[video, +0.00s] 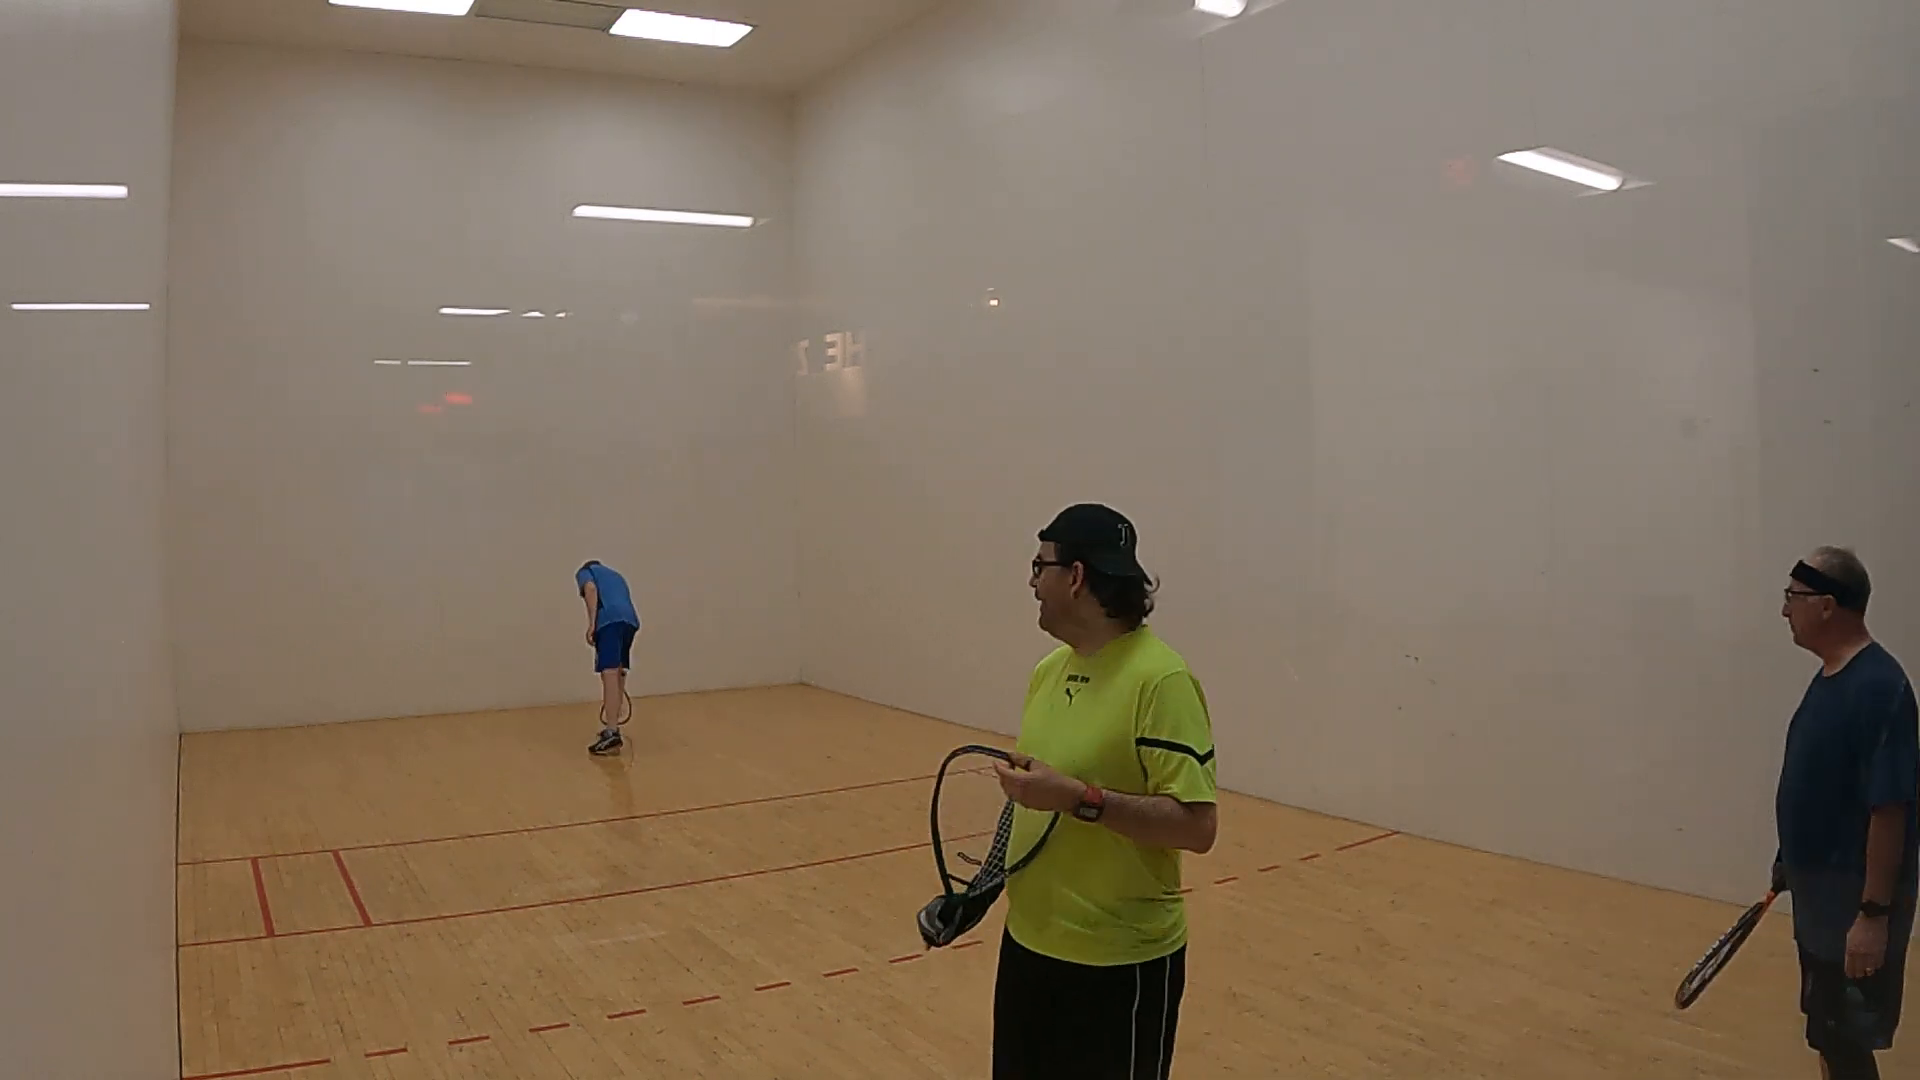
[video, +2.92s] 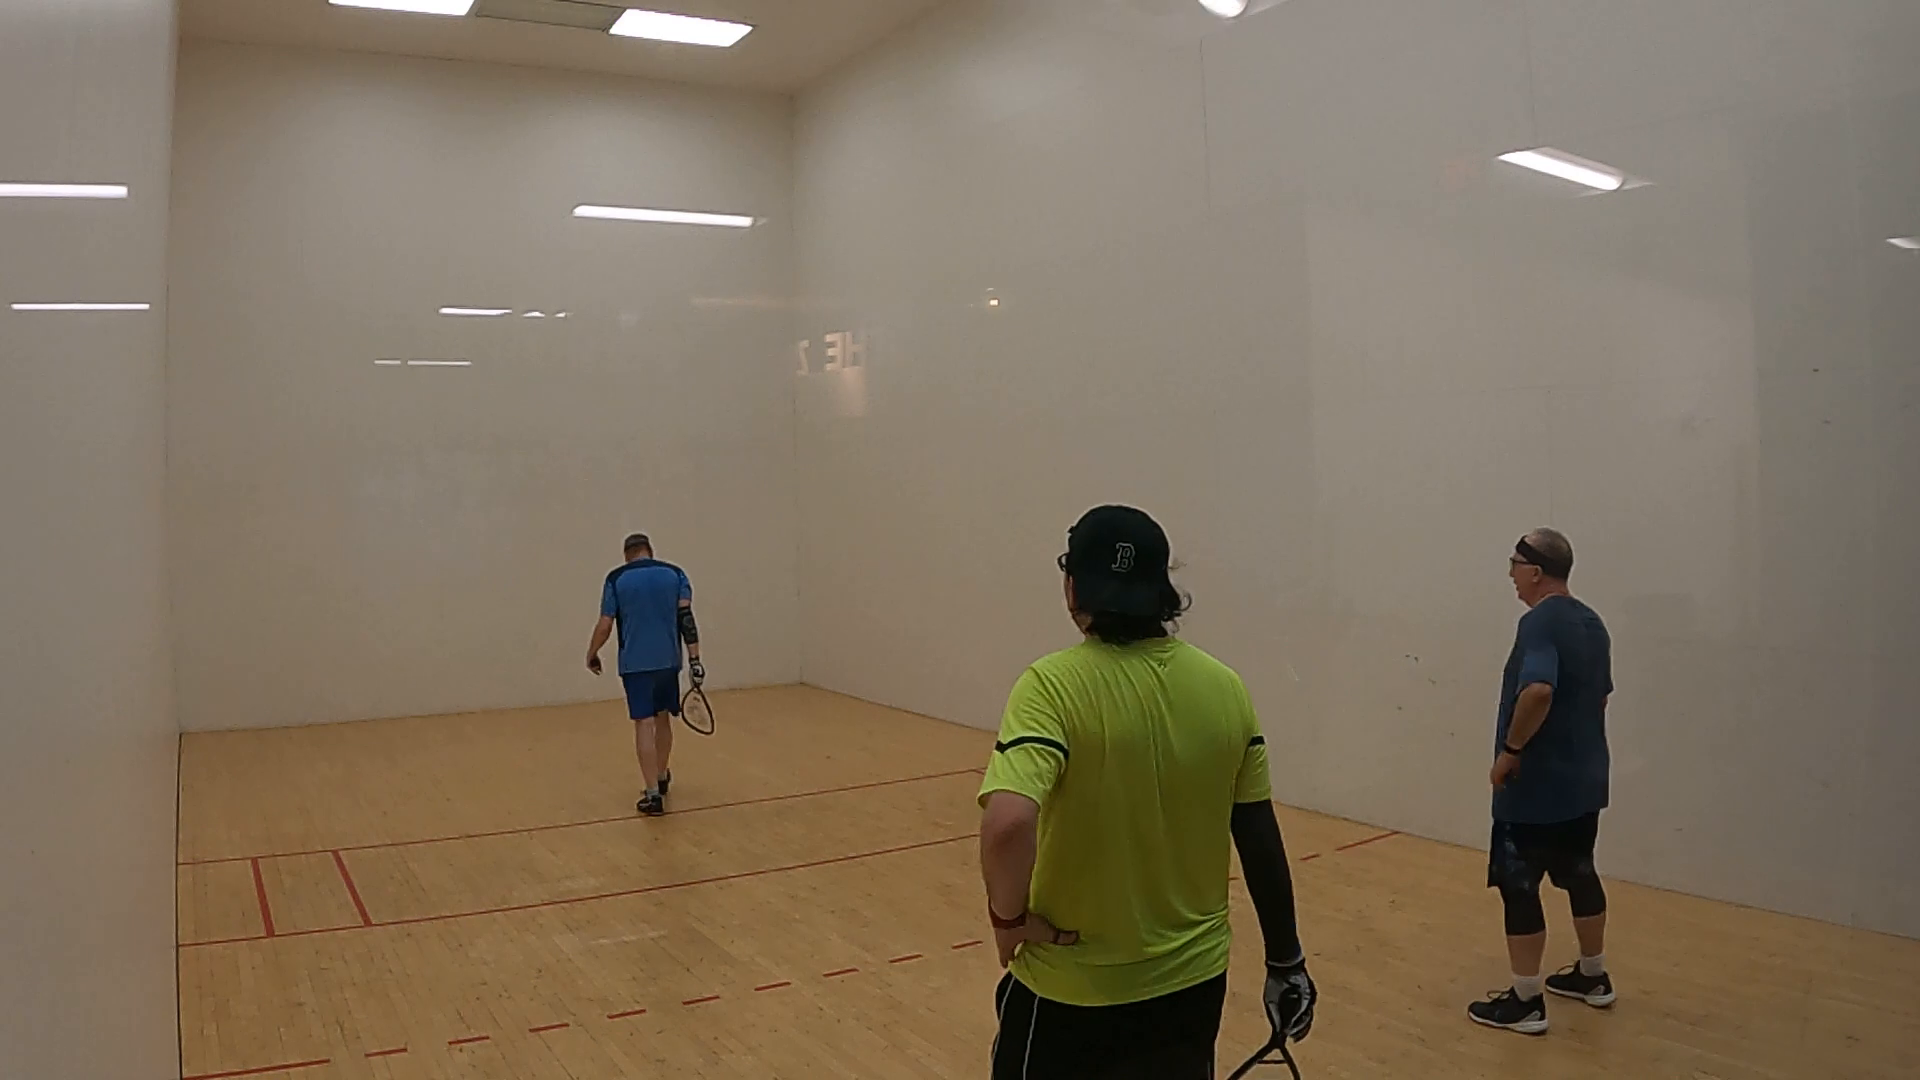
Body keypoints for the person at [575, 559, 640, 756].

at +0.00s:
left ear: (585, 568)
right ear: (599, 566)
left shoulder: (585, 571)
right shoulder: (615, 575)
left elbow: (591, 589)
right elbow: (622, 605)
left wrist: (591, 624)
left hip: (610, 619)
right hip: (630, 620)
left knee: (609, 673)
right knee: (619, 672)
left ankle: (612, 731)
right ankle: (616, 719)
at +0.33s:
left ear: (581, 568)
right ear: (595, 567)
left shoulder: (581, 572)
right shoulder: (611, 576)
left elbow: (587, 590)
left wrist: (588, 625)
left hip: (607, 619)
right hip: (627, 620)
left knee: (606, 673)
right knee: (614, 673)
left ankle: (609, 729)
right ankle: (612, 727)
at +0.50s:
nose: (580, 571)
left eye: (579, 568)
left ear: (581, 564)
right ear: (597, 561)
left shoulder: (580, 570)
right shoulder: (611, 571)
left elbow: (585, 591)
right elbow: (615, 603)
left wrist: (586, 626)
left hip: (603, 622)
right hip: (625, 622)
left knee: (599, 675)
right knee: (613, 674)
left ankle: (607, 730)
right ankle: (612, 725)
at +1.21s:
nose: (587, 559)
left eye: (586, 556)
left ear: (585, 554)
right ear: (606, 549)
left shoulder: (582, 567)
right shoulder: (626, 563)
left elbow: (583, 600)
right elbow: (638, 595)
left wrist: (581, 638)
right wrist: (635, 626)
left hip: (600, 633)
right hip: (631, 632)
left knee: (599, 686)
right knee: (628, 688)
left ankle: (601, 740)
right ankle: (632, 745)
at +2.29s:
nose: (622, 554)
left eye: (615, 551)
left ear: (613, 550)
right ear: (637, 547)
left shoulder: (604, 573)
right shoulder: (659, 569)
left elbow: (599, 612)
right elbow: (670, 611)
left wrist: (598, 650)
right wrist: (674, 646)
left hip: (620, 652)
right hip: (652, 651)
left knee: (619, 707)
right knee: (653, 708)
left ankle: (618, 762)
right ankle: (657, 772)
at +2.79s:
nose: (635, 554)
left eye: (632, 549)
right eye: (644, 548)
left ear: (628, 550)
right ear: (654, 549)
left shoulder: (617, 574)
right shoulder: (675, 572)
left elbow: (606, 619)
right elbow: (685, 617)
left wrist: (594, 653)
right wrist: (694, 656)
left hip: (631, 662)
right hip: (664, 660)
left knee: (637, 721)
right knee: (660, 715)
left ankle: (648, 784)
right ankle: (658, 777)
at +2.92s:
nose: (633, 558)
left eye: (629, 554)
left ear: (626, 555)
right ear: (651, 551)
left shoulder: (616, 578)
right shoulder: (675, 573)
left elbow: (605, 625)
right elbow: (685, 617)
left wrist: (592, 653)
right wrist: (695, 658)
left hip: (635, 665)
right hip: (669, 663)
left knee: (644, 726)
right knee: (663, 720)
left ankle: (652, 794)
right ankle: (662, 775)